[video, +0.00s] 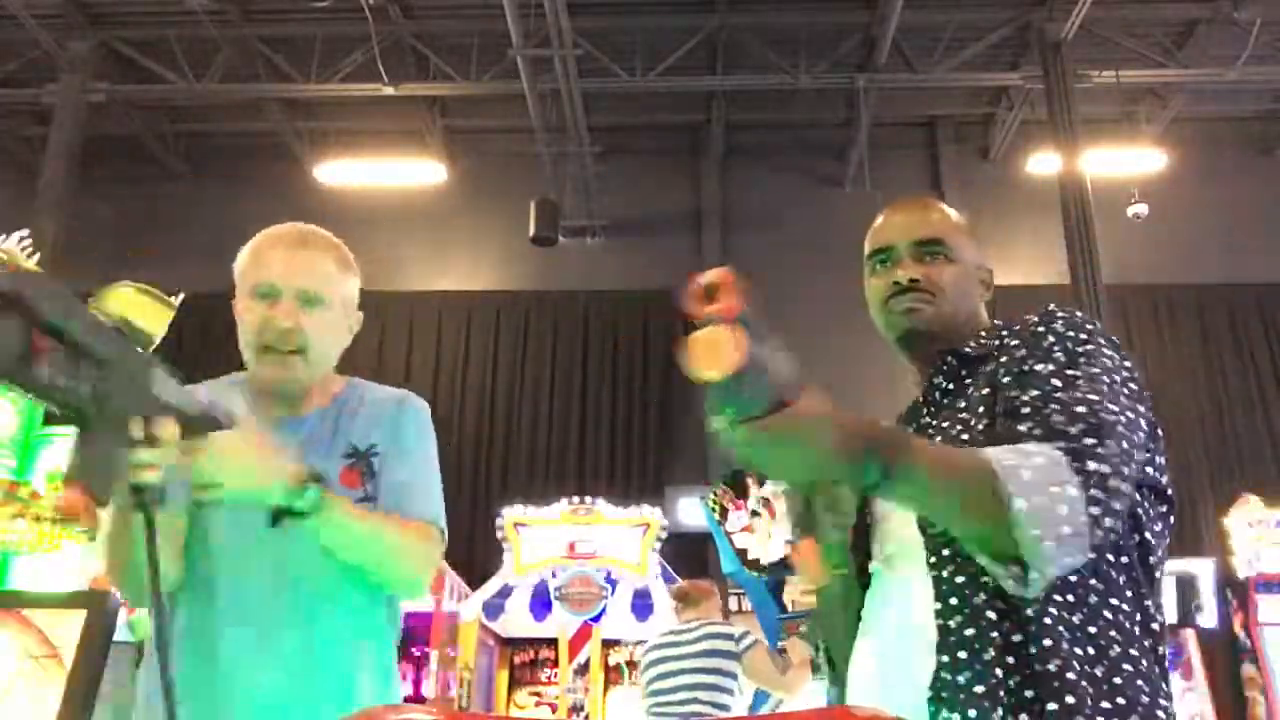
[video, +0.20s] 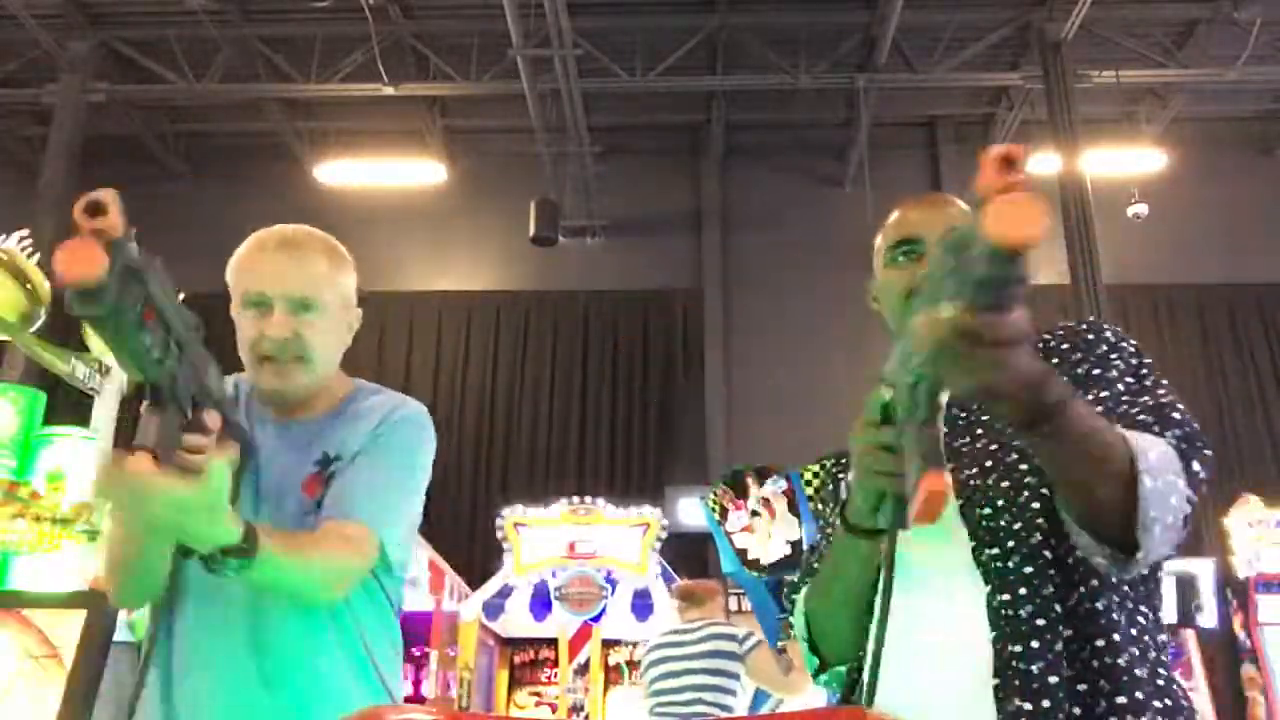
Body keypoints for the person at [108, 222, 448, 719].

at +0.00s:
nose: (284, 320)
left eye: (310, 302)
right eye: (265, 296)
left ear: (351, 323)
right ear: (236, 310)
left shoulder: (397, 418)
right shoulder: (182, 417)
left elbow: (415, 566)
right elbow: (139, 584)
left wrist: (296, 490)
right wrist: (137, 488)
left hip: (343, 707)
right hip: (193, 707)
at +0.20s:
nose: (277, 329)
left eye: (304, 308)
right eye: (257, 306)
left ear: (351, 322)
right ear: (233, 314)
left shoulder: (395, 424)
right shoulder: (196, 411)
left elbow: (332, 571)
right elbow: (128, 590)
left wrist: (223, 536)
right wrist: (150, 501)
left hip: (336, 710)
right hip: (184, 708)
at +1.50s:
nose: (337, 303)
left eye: (361, 285)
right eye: (316, 281)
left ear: (400, 310)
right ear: (286, 300)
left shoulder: (446, 417)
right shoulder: (230, 399)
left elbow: (470, 572)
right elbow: (187, 558)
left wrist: (351, 479)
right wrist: (187, 509)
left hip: (389, 704)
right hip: (241, 702)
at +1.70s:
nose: (274, 290)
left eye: (300, 270)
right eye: (250, 266)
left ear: (339, 295)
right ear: (217, 285)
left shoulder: (384, 401)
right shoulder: (148, 387)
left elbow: (408, 560)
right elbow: (121, 566)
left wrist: (274, 478)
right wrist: (151, 484)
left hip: (326, 704)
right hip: (159, 704)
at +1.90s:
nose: (297, 309)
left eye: (321, 290)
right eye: (274, 287)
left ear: (360, 315)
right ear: (242, 307)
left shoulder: (405, 418)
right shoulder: (196, 407)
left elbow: (419, 570)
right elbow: (149, 580)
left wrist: (270, 483)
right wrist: (159, 476)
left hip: (343, 707)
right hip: (199, 705)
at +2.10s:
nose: (303, 318)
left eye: (328, 300)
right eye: (285, 296)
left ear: (367, 327)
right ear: (253, 312)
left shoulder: (415, 426)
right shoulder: (194, 418)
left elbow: (436, 575)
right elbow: (180, 585)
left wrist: (306, 504)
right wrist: (223, 498)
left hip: (364, 709)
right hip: (209, 708)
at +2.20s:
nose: (292, 314)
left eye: (315, 298)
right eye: (274, 294)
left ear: (351, 325)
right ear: (239, 313)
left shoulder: (404, 420)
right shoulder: (178, 419)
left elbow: (434, 575)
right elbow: (170, 586)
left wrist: (318, 514)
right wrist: (218, 508)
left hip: (353, 709)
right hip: (201, 709)